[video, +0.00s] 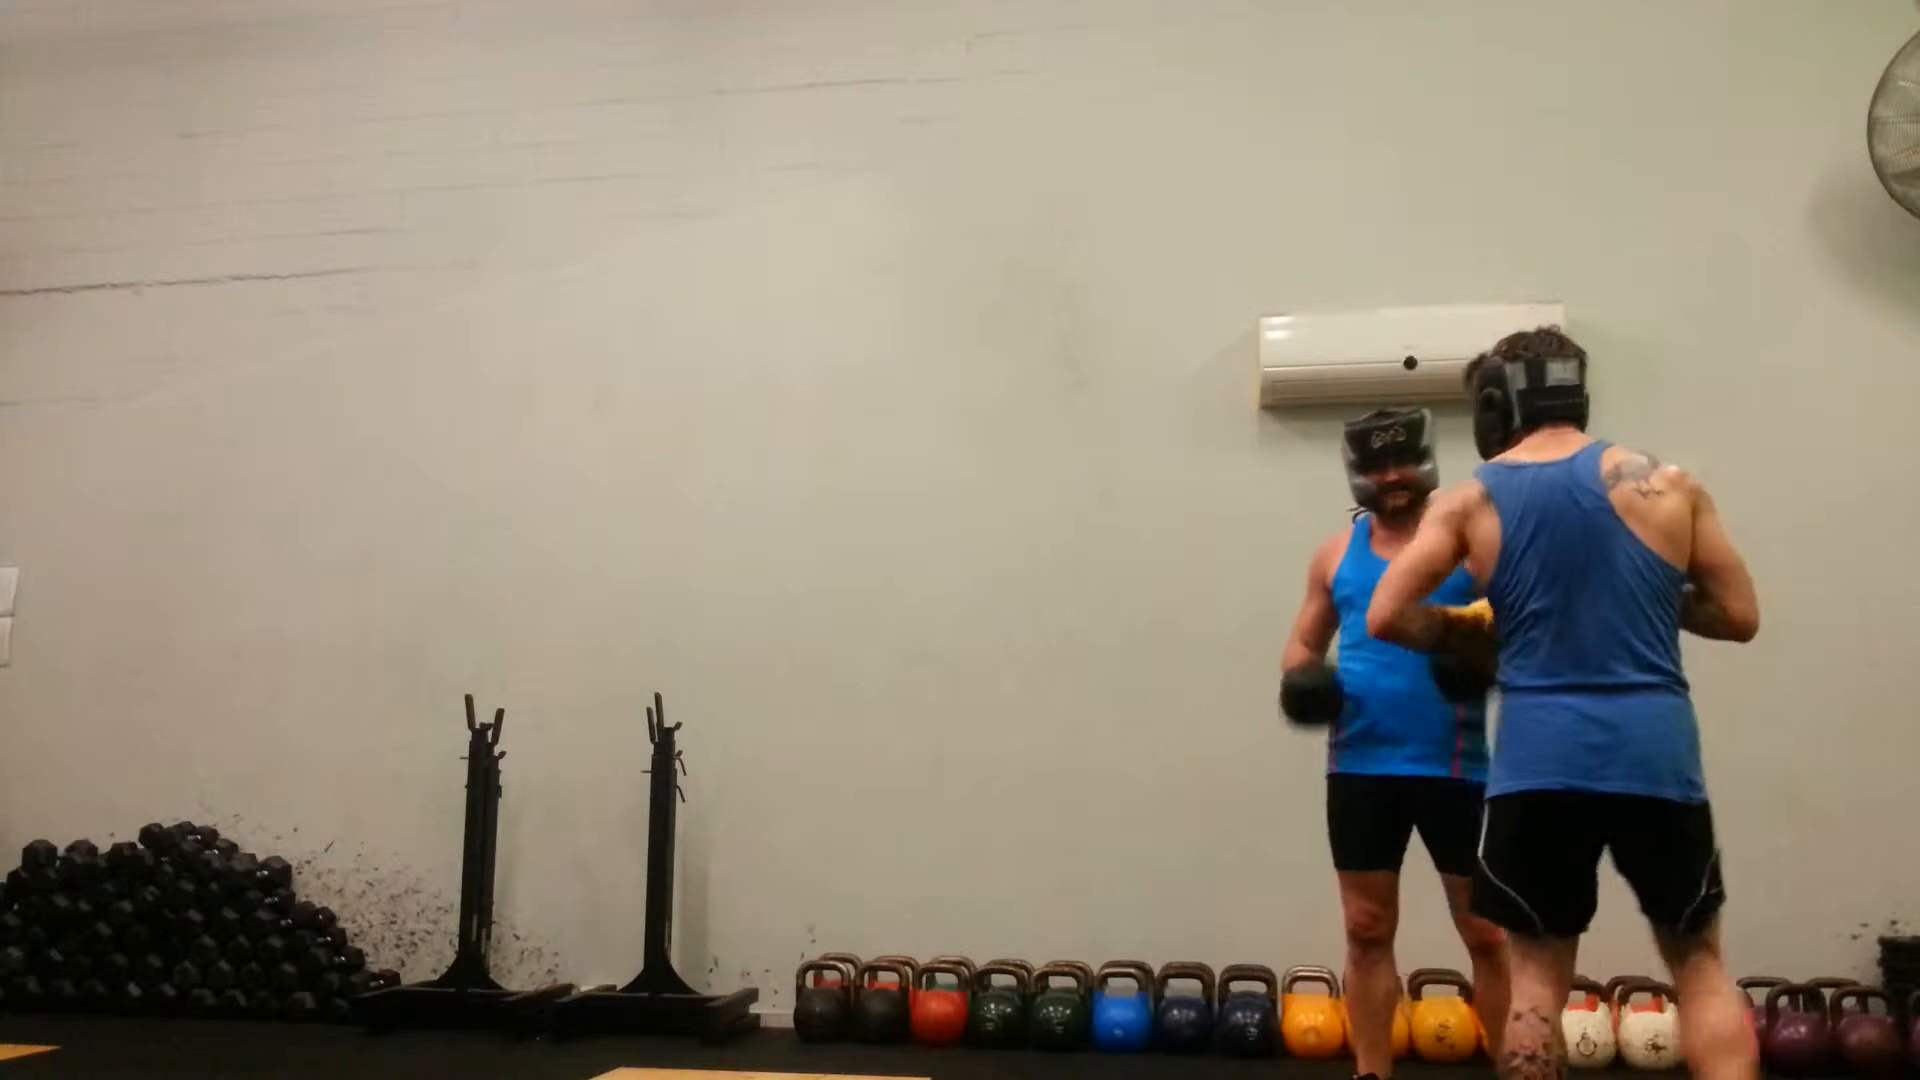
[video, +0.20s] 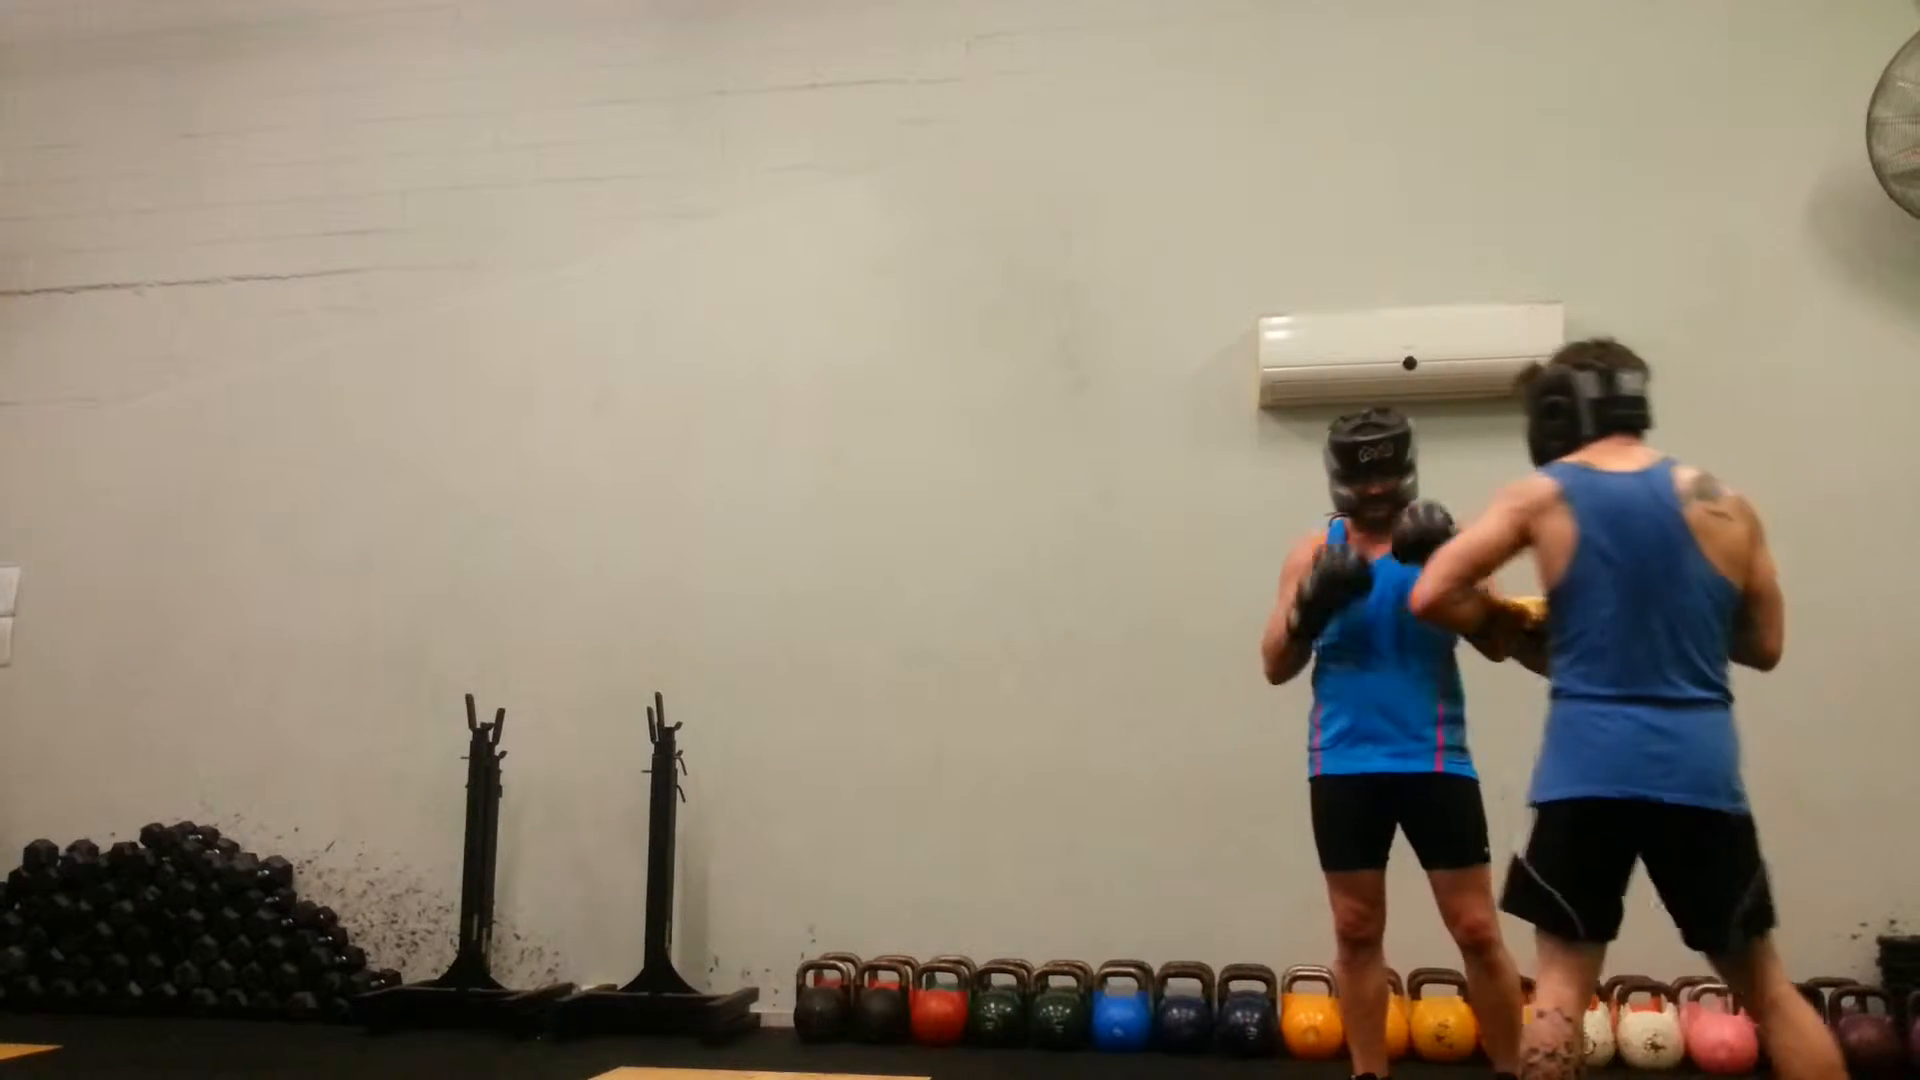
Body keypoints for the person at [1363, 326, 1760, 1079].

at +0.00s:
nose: (1476, 423)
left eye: (1481, 411)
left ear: (1497, 412)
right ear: (1581, 405)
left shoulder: (1471, 499)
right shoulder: (1668, 483)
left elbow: (1390, 615)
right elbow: (1738, 615)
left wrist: (1471, 631)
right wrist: (1642, 589)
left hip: (1536, 775)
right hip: (1659, 772)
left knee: (1537, 970)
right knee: (1697, 959)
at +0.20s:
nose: (1535, 431)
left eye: (1539, 418)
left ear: (1557, 418)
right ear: (1641, 413)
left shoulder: (1542, 493)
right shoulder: (1726, 506)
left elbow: (1433, 596)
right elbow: (1764, 647)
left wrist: (1507, 626)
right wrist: (1681, 596)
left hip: (1584, 782)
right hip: (1701, 784)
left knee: (1561, 981)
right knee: (1767, 986)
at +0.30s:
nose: (1572, 437)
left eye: (1577, 423)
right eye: (1575, 423)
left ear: (1602, 423)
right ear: (1680, 419)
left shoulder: (1590, 494)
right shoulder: (1758, 512)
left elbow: (1489, 595)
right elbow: (1768, 660)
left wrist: (1558, 635)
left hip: (1627, 784)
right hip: (1742, 784)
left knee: (1582, 984)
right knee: (1789, 989)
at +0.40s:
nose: (1603, 451)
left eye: (1606, 436)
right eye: (1600, 438)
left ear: (1635, 429)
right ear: (1705, 425)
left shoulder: (1631, 492)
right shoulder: (1785, 513)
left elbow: (1584, 600)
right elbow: (1775, 630)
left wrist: (1612, 658)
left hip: (1665, 779)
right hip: (1778, 778)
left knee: (1603, 970)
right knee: (1809, 984)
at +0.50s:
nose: (1623, 462)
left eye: (1624, 446)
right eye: (1619, 449)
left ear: (1651, 434)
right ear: (1720, 430)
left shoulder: (1663, 482)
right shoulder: (1800, 512)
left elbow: (1661, 579)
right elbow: (1796, 614)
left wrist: (1612, 614)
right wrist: (1670, 621)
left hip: (1694, 768)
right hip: (1801, 773)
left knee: (1624, 955)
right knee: (1814, 977)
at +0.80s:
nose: (1671, 450)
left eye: (1673, 435)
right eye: (1668, 437)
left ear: (1704, 421)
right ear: (1767, 416)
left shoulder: (1721, 475)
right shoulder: (1847, 509)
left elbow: (1634, 574)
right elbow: (1778, 579)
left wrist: (1600, 524)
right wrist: (1678, 524)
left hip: (1741, 766)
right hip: (1843, 769)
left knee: (1698, 971)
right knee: (1840, 979)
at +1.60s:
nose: (1654, 454)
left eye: (1654, 440)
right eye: (1653, 443)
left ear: (1682, 419)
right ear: (1754, 407)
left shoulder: (1705, 465)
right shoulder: (1845, 483)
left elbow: (1594, 561)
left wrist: (1587, 507)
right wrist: (1688, 520)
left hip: (1771, 769)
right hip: (1883, 767)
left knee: (1741, 991)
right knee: (1903, 977)